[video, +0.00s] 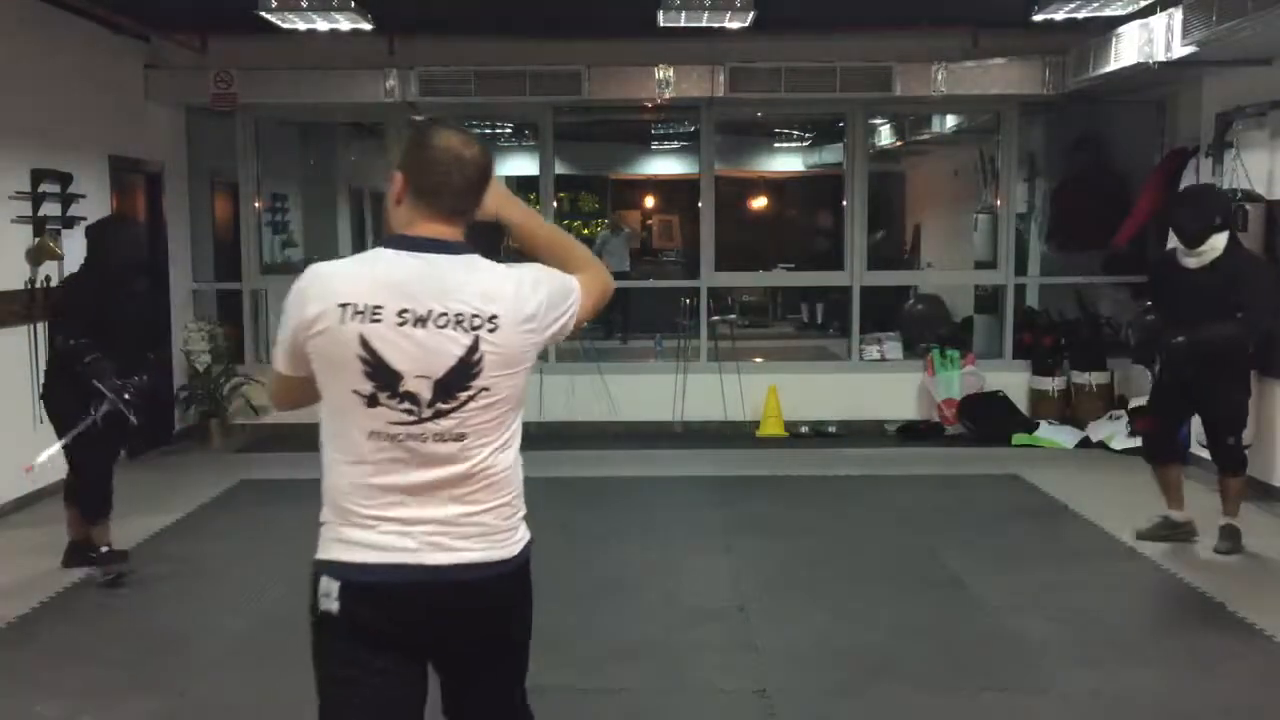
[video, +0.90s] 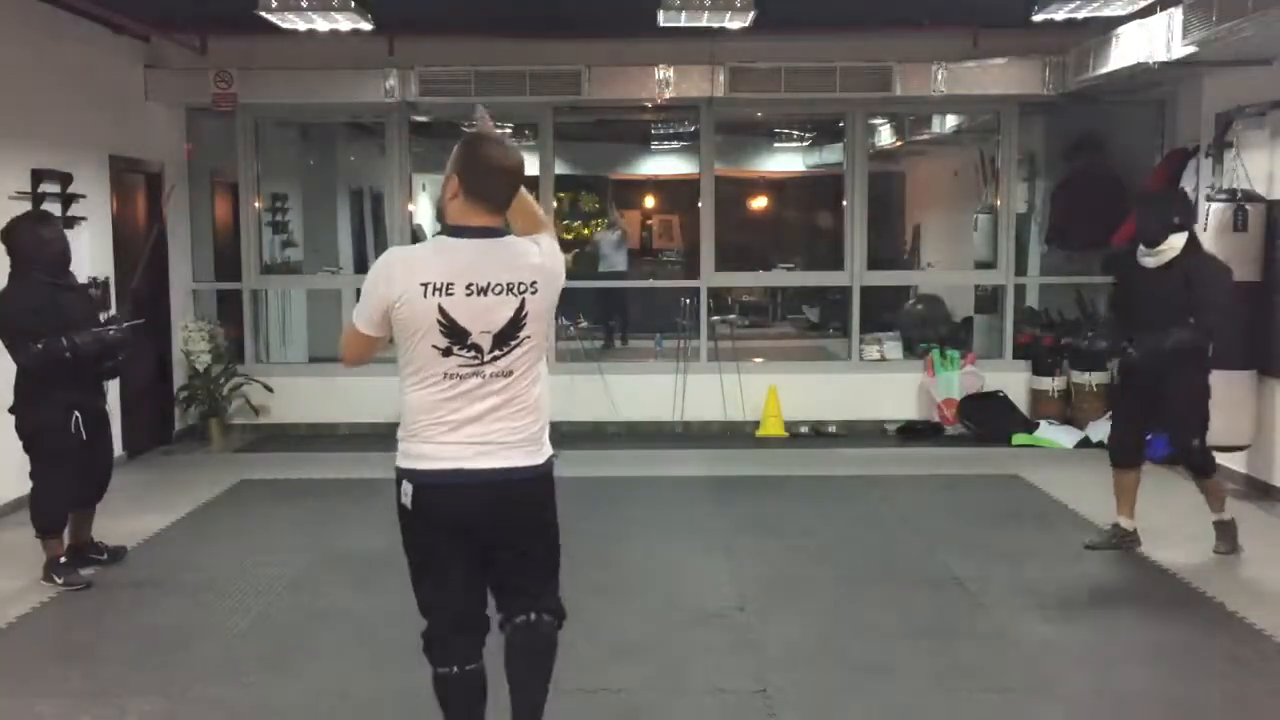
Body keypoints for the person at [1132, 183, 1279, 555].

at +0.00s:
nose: (1185, 238)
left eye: (1193, 230)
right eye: (1181, 229)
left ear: (1215, 226)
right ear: (1175, 225)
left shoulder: (1246, 268)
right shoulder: (1166, 266)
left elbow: (1257, 328)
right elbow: (1160, 314)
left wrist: (1197, 338)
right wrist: (1148, 332)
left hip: (1224, 373)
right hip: (1177, 369)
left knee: (1227, 447)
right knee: (1159, 438)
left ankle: (1229, 524)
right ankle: (1177, 518)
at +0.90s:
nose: (1148, 233)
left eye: (1157, 225)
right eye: (1144, 223)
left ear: (1177, 224)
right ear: (1137, 223)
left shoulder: (1205, 270)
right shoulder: (1129, 266)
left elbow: (1213, 327)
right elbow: (1119, 318)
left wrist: (1161, 342)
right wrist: (1119, 342)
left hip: (1184, 372)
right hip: (1138, 370)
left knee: (1192, 449)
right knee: (1123, 444)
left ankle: (1222, 520)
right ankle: (1124, 526)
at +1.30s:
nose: (1121, 225)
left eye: (1128, 217)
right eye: (1119, 217)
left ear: (1148, 216)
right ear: (1117, 221)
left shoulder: (1180, 264)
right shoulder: (1111, 266)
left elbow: (1180, 325)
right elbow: (1095, 318)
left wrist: (1131, 349)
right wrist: (1093, 349)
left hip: (1159, 375)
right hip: (1117, 374)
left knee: (1157, 458)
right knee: (1119, 453)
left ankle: (1168, 536)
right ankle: (1123, 528)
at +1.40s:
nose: (1120, 225)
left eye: (1127, 217)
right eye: (1118, 217)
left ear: (1147, 216)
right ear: (1117, 220)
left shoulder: (1179, 264)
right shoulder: (1111, 265)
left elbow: (1179, 325)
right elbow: (1096, 318)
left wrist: (1128, 350)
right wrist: (1093, 349)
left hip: (1160, 376)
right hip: (1116, 375)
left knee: (1160, 457)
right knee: (1119, 452)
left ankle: (1169, 536)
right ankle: (1123, 528)